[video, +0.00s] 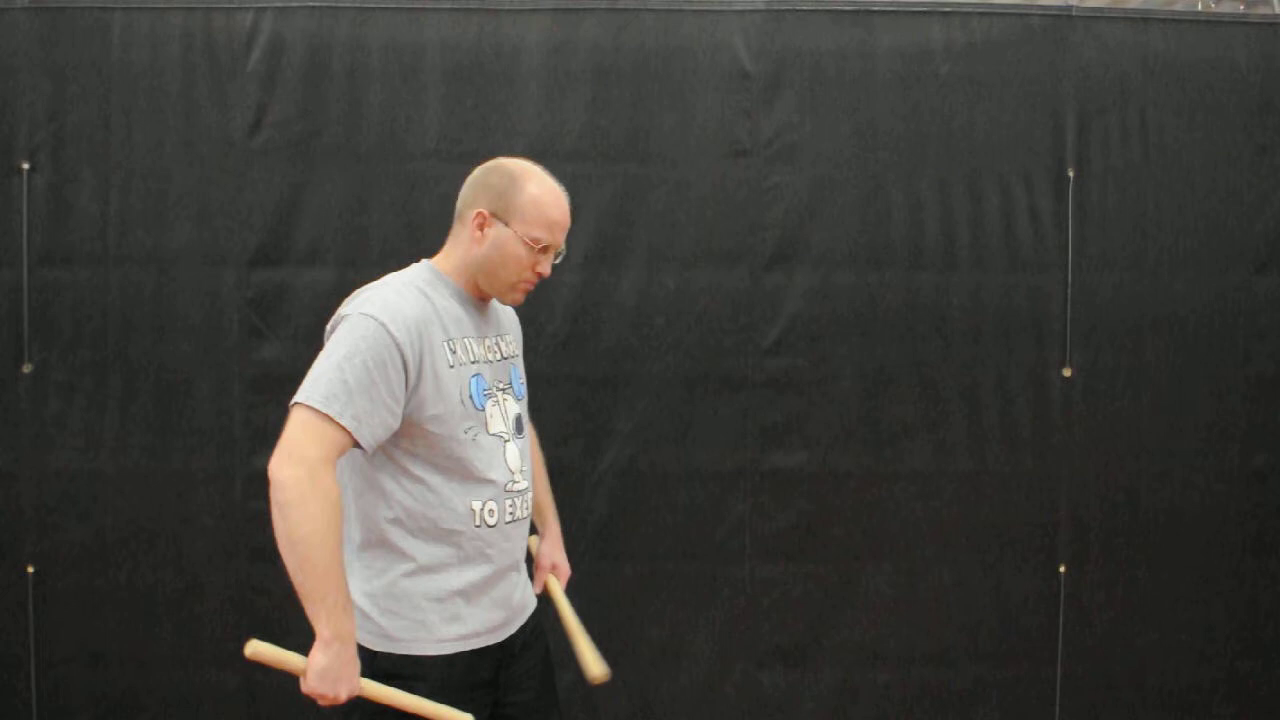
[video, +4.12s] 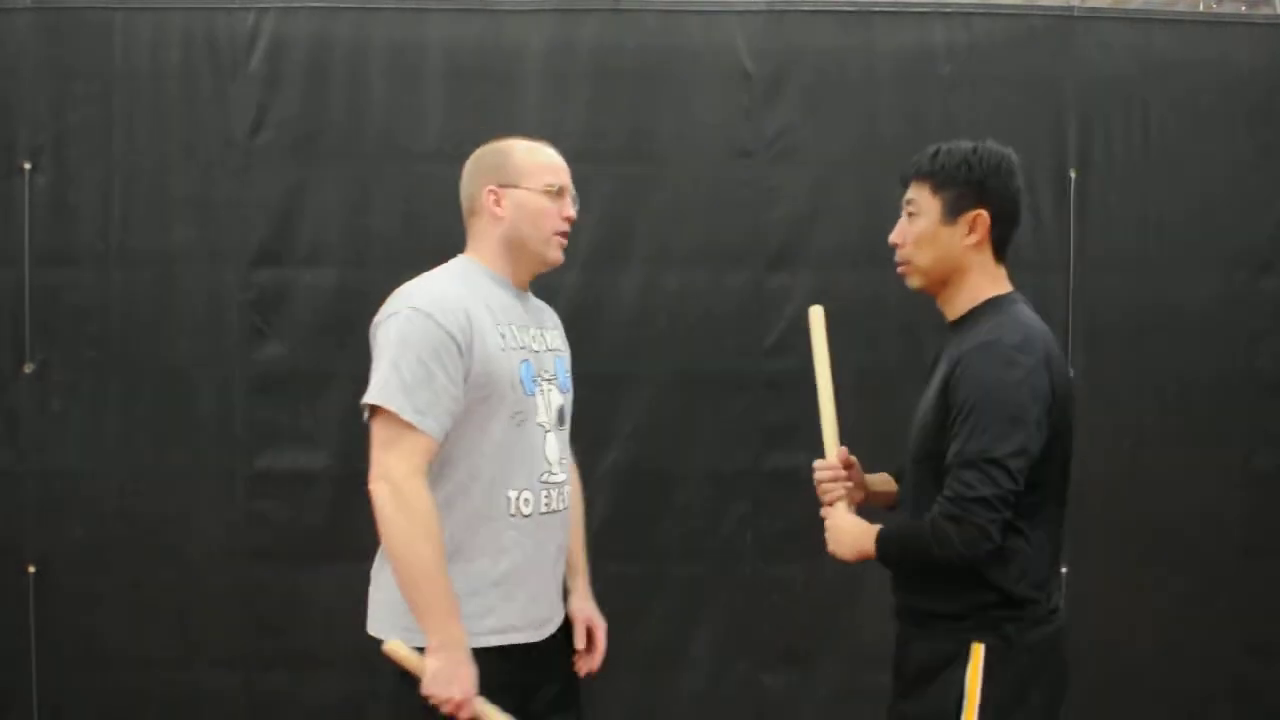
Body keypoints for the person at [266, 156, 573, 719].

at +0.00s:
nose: (546, 268)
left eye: (555, 254)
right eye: (537, 247)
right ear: (481, 226)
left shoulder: (503, 321)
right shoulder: (386, 318)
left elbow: (516, 428)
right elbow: (298, 465)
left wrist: (549, 527)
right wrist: (334, 635)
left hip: (516, 638)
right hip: (406, 661)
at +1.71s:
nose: (506, 213)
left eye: (517, 199)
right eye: (487, 194)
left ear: (525, 210)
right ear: (435, 202)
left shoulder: (517, 320)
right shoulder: (372, 320)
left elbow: (552, 440)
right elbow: (304, 485)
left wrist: (634, 527)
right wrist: (339, 647)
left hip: (527, 635)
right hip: (416, 654)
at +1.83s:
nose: (503, 213)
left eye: (512, 199)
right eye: (483, 194)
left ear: (520, 209)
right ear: (430, 202)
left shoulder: (516, 319)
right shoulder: (370, 319)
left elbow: (583, 428)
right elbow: (308, 487)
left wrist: (687, 497)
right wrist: (340, 652)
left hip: (526, 638)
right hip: (414, 655)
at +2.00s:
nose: (497, 211)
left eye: (506, 197)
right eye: (477, 194)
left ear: (513, 206)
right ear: (425, 202)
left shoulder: (522, 321)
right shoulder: (365, 321)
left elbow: (616, 405)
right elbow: (312, 488)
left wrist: (735, 454)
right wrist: (343, 651)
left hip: (523, 633)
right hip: (413, 653)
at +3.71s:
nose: (501, 209)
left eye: (504, 193)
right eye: (481, 190)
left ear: (507, 200)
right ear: (419, 200)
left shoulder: (507, 318)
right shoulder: (351, 325)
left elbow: (587, 426)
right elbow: (303, 502)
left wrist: (681, 513)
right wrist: (349, 674)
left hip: (522, 644)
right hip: (410, 672)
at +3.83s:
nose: (515, 210)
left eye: (515, 194)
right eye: (494, 191)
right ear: (434, 201)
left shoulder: (510, 319)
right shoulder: (365, 323)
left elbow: (560, 444)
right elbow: (323, 497)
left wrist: (622, 561)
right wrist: (368, 671)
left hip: (524, 644)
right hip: (417, 670)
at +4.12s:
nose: (572, 212)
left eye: (570, 197)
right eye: (553, 193)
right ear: (496, 202)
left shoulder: (545, 322)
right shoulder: (428, 310)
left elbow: (559, 463)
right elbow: (395, 479)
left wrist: (579, 585)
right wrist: (446, 643)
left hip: (542, 642)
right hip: (451, 653)